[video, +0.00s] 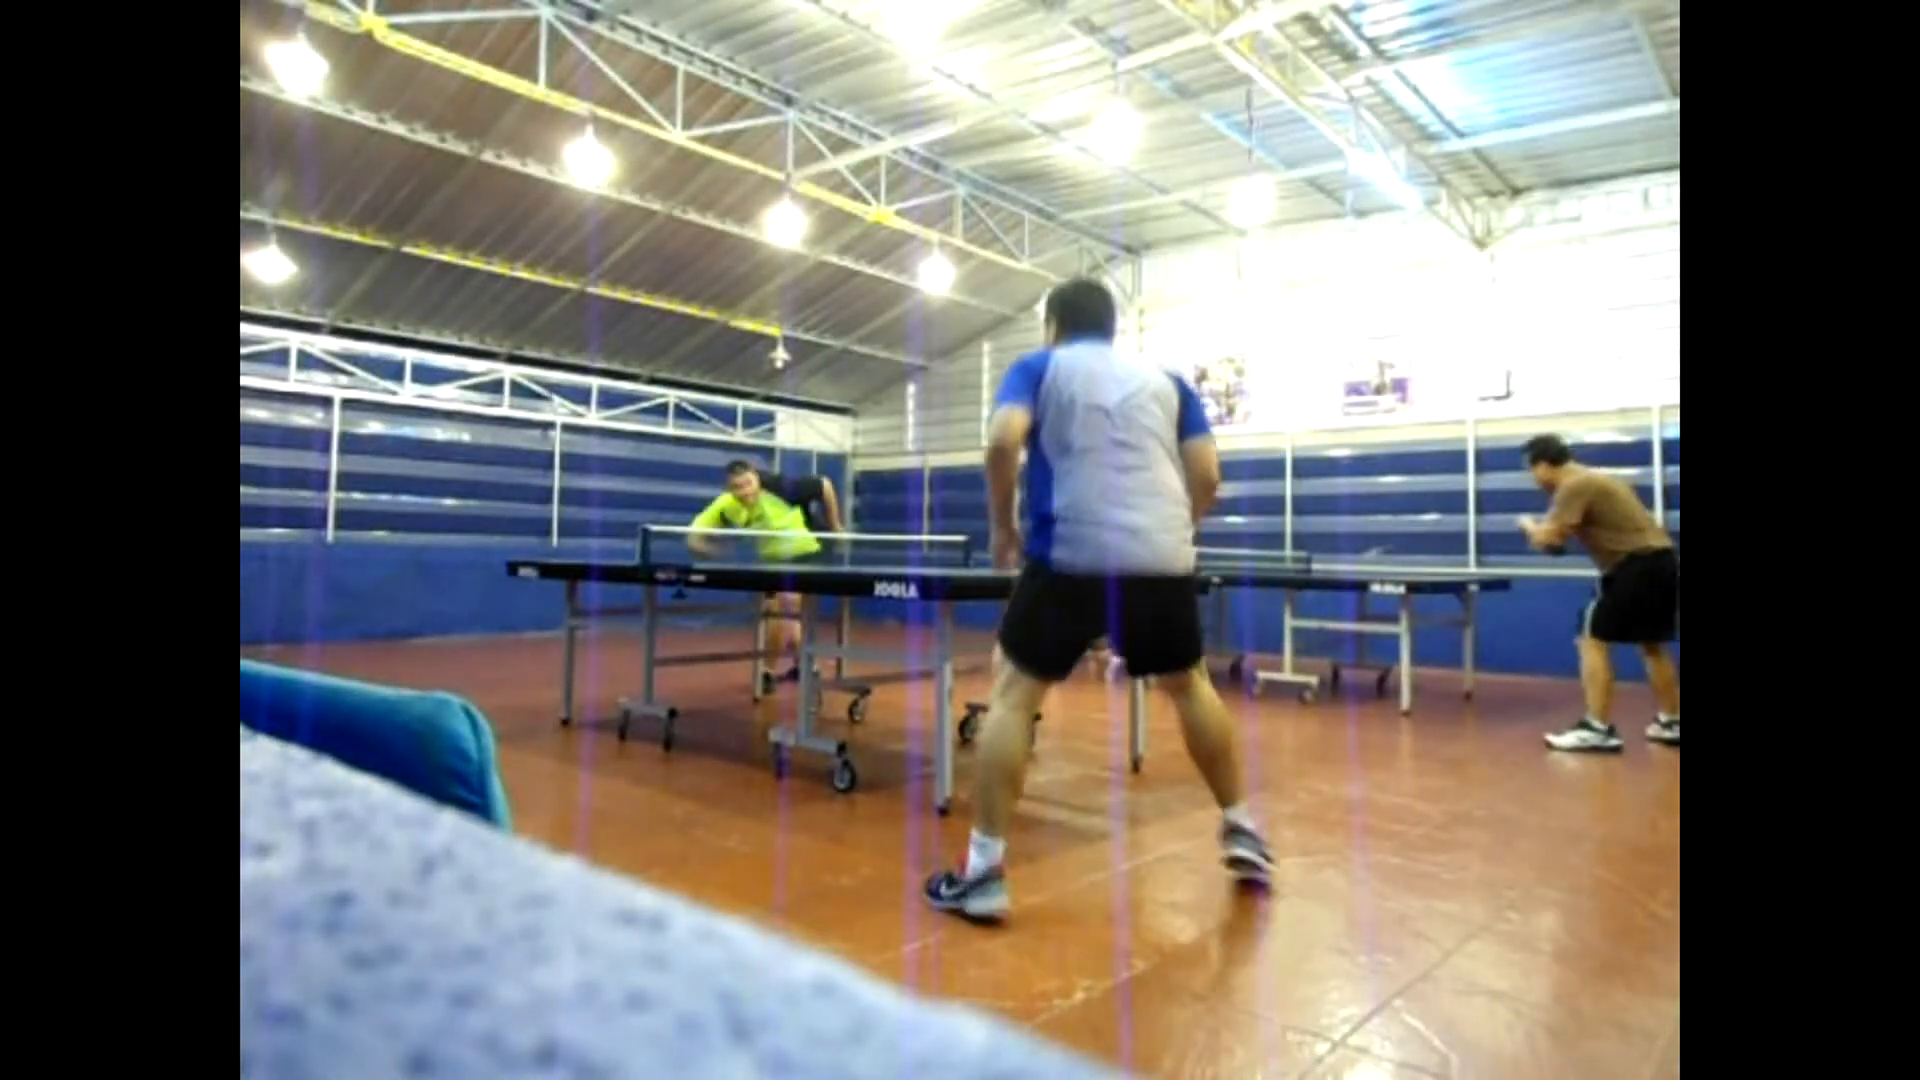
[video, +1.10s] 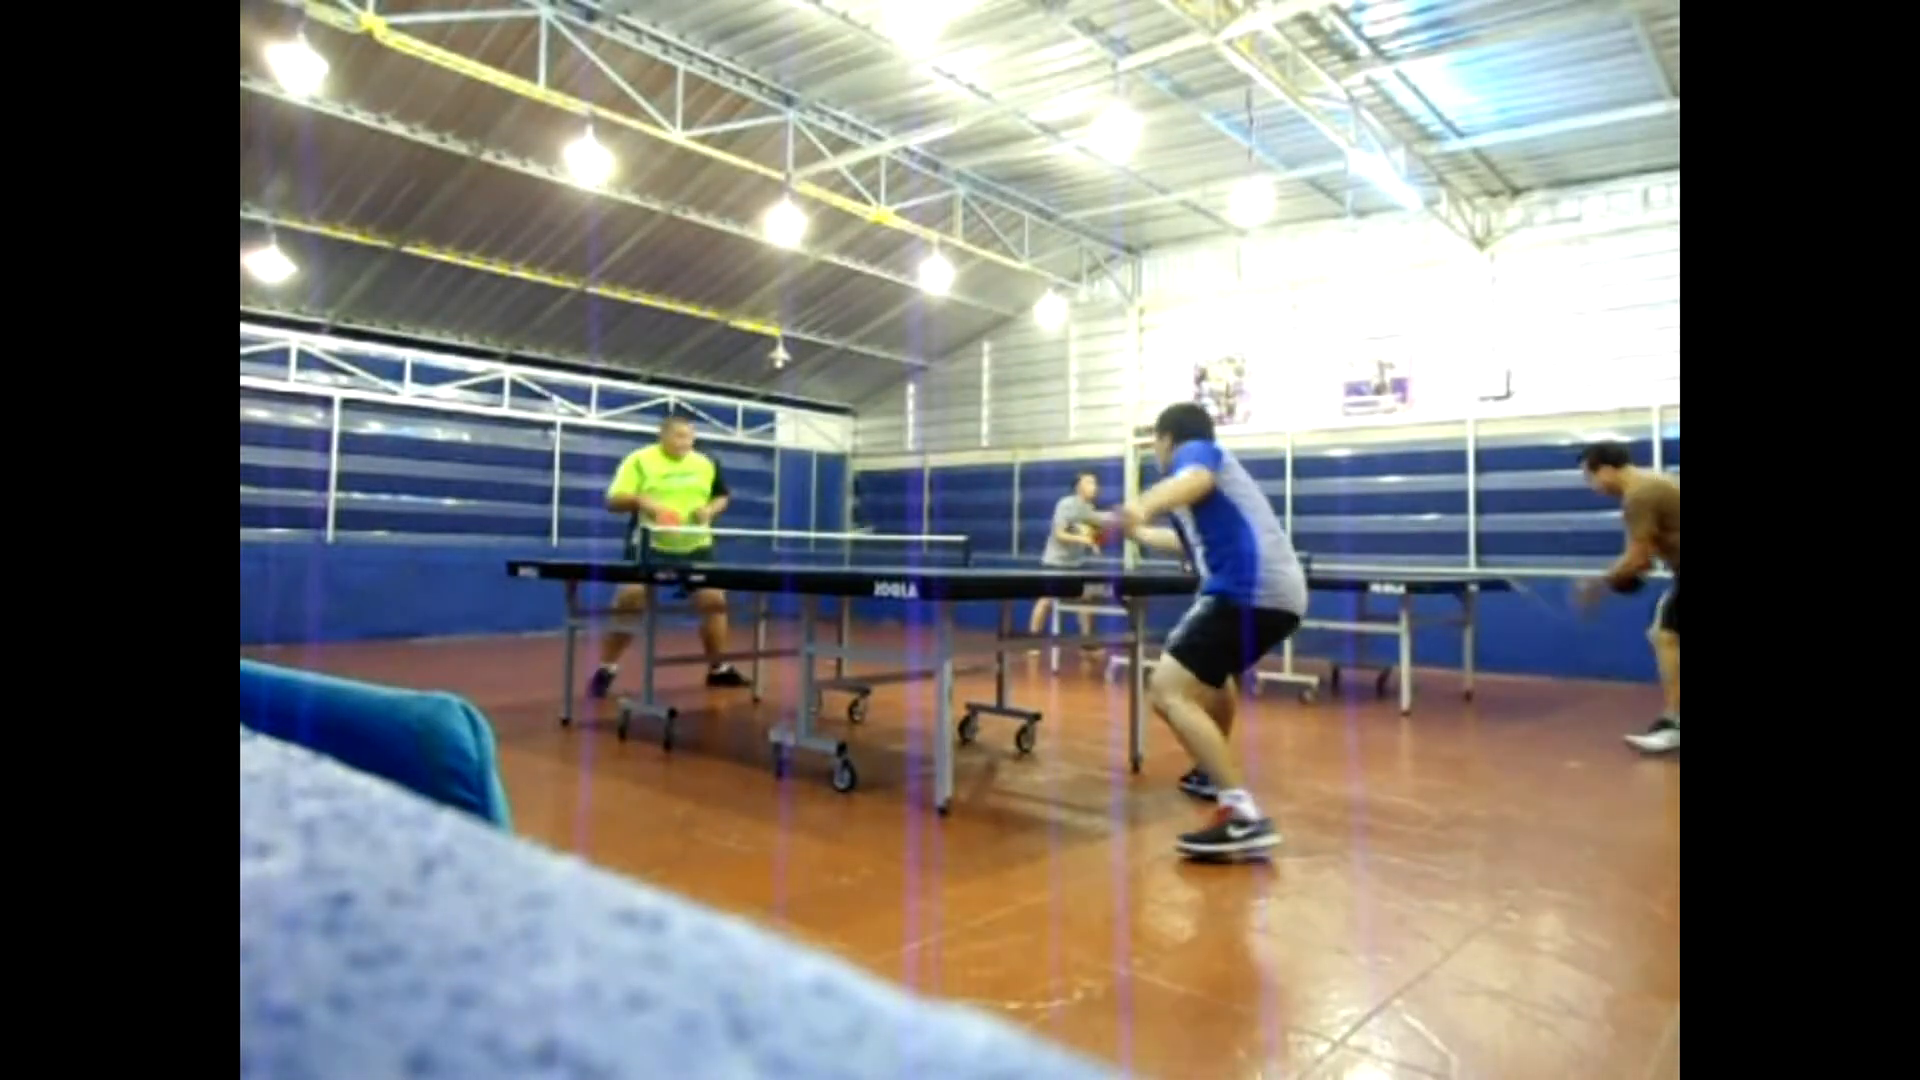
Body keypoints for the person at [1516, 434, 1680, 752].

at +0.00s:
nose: (1534, 478)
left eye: (1534, 469)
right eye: (1532, 470)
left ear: (1546, 465)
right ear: (1562, 458)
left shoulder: (1575, 485)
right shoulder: (1596, 479)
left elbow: (1551, 537)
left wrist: (1531, 528)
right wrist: (1544, 530)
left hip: (1635, 565)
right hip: (1663, 559)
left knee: (1592, 641)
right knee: (1653, 645)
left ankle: (1597, 724)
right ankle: (1672, 720)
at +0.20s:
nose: (1523, 476)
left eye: (1524, 467)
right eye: (1522, 467)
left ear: (1538, 463)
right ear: (1552, 459)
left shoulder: (1568, 484)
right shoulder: (1582, 480)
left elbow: (1558, 530)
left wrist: (1525, 528)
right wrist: (1532, 525)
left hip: (1621, 567)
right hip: (1652, 561)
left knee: (1576, 642)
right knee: (1649, 645)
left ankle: (1595, 725)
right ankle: (1676, 718)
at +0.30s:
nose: (1524, 465)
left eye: (1526, 456)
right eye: (1523, 457)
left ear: (1542, 455)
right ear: (1551, 455)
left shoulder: (1573, 476)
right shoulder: (1560, 486)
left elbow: (1593, 512)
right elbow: (1529, 508)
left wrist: (1554, 532)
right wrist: (1492, 504)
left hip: (1621, 564)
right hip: (1647, 562)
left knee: (1577, 640)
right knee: (1653, 646)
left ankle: (1595, 724)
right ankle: (1680, 718)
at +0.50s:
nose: (1547, 455)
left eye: (1549, 447)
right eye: (1547, 447)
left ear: (1564, 446)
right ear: (1575, 445)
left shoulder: (1589, 470)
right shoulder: (1586, 474)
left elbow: (1633, 498)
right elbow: (1577, 511)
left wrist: (1595, 534)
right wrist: (1533, 514)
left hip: (1624, 563)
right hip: (1649, 562)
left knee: (1574, 638)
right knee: (1655, 645)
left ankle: (1595, 725)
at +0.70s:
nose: (1568, 451)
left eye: (1570, 443)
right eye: (1568, 443)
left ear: (1584, 443)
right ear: (1597, 441)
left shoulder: (1612, 467)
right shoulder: (1609, 470)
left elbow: (1639, 506)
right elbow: (1617, 519)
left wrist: (1593, 537)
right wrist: (1572, 527)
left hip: (1656, 557)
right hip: (1660, 555)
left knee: (1620, 635)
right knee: (1672, 640)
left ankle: (1626, 723)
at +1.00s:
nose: (1589, 477)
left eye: (1589, 468)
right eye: (1587, 470)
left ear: (1604, 464)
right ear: (1613, 462)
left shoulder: (1629, 488)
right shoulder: (1639, 482)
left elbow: (1627, 546)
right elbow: (1643, 539)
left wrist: (1586, 548)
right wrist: (1612, 557)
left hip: (1675, 573)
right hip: (1671, 572)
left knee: (1661, 642)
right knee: (1663, 643)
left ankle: (1657, 728)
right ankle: (1660, 727)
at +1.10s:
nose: (1592, 485)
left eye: (1593, 476)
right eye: (1590, 477)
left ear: (1608, 469)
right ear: (1613, 468)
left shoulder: (1640, 495)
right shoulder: (1643, 489)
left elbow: (1639, 557)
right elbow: (1641, 556)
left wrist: (1605, 581)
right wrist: (1608, 579)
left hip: (1679, 577)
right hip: (1677, 576)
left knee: (1665, 635)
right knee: (1662, 633)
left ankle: (1673, 717)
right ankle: (1672, 715)